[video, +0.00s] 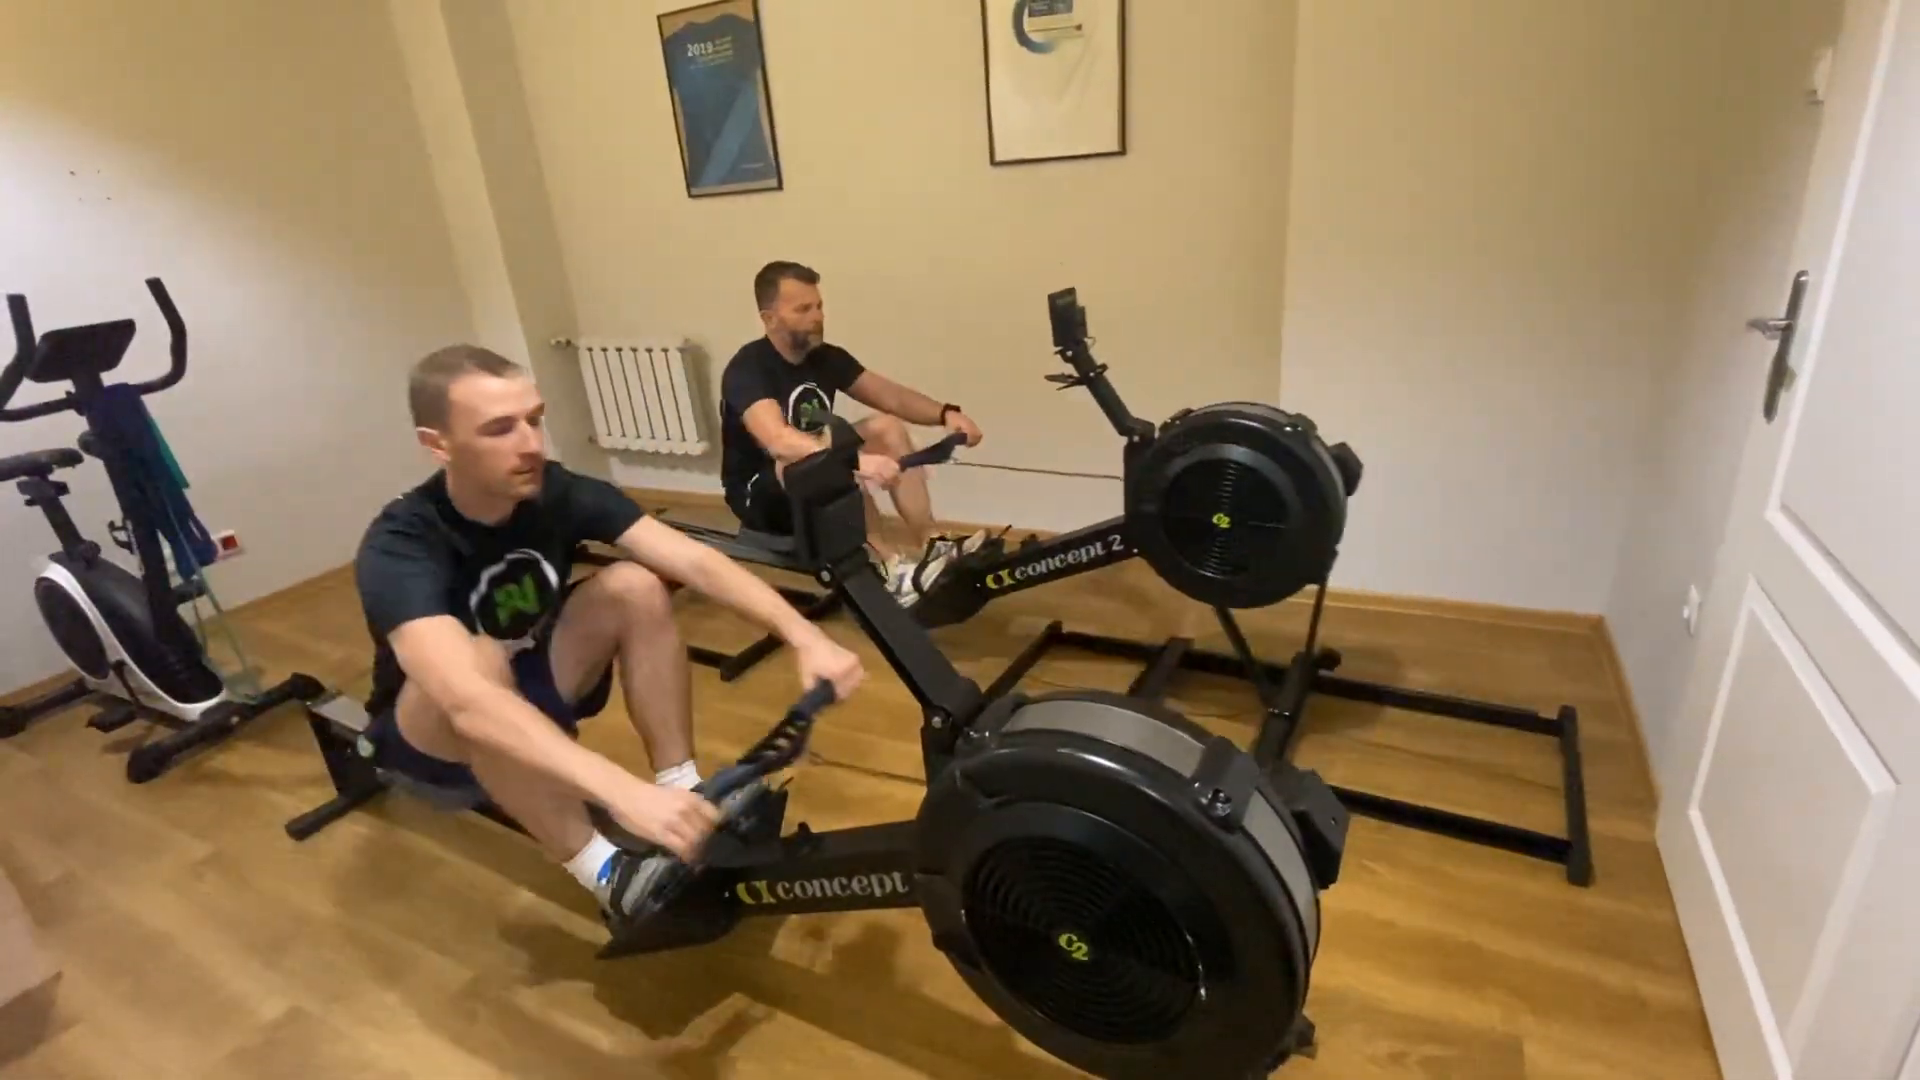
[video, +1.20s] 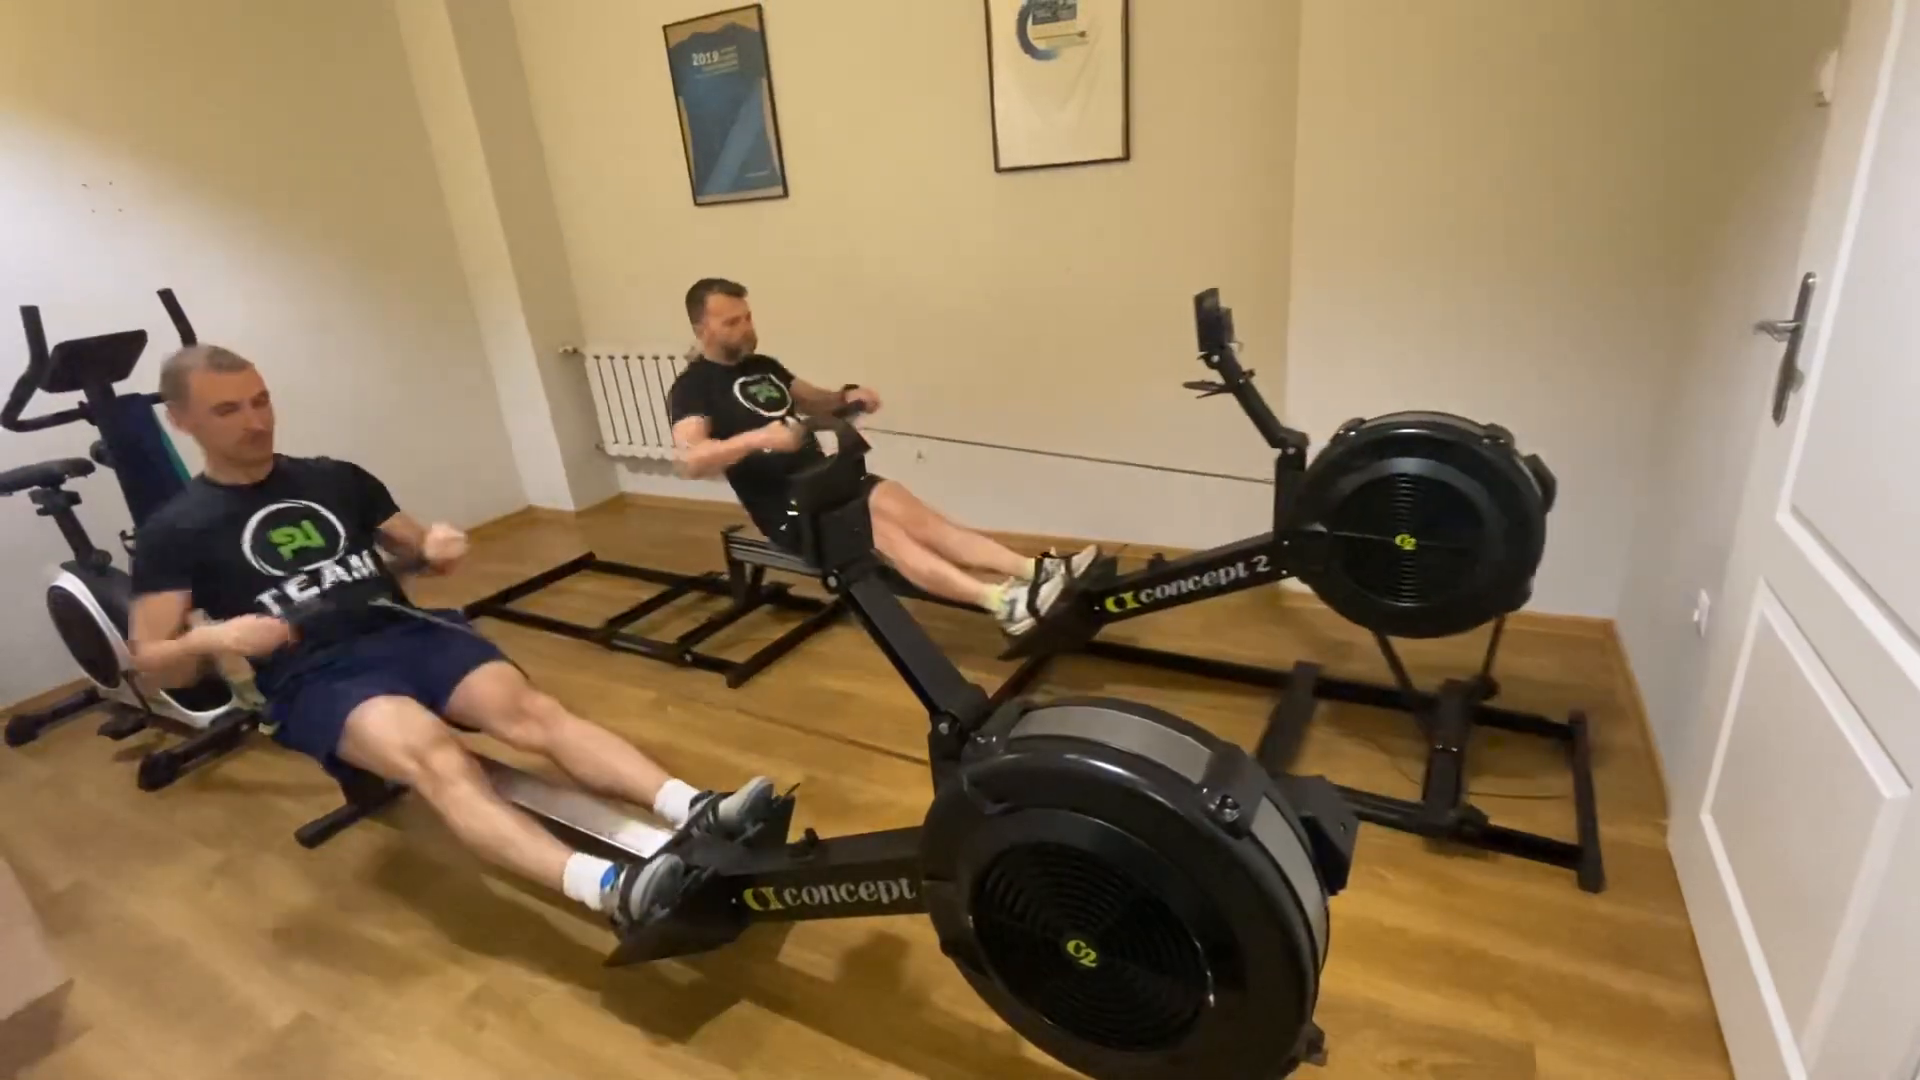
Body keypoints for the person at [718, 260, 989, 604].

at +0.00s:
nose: (818, 317)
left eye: (819, 307)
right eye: (804, 310)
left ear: (821, 303)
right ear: (769, 317)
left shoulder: (826, 358)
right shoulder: (746, 369)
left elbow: (888, 395)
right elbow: (779, 442)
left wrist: (945, 413)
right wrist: (854, 462)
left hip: (818, 476)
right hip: (762, 496)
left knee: (888, 429)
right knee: (818, 460)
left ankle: (932, 548)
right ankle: (892, 566)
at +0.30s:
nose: (843, 325)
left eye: (844, 315)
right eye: (830, 318)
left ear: (845, 311)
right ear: (794, 326)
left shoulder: (850, 365)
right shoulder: (779, 380)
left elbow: (929, 398)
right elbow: (835, 440)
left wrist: (994, 423)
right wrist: (916, 470)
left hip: (821, 484)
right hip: (767, 503)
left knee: (889, 415)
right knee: (818, 442)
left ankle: (909, 539)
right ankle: (862, 560)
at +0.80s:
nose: (810, 310)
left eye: (810, 299)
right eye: (795, 304)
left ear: (814, 298)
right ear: (764, 317)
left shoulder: (824, 357)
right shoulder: (753, 375)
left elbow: (893, 388)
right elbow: (823, 419)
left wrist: (963, 405)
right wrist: (893, 445)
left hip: (830, 472)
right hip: (771, 496)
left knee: (907, 453)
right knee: (849, 487)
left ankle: (962, 559)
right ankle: (925, 584)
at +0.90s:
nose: (789, 303)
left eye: (789, 292)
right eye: (775, 297)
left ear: (793, 292)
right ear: (742, 309)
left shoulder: (808, 352)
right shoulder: (735, 370)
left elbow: (875, 387)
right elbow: (797, 421)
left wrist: (939, 401)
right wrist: (861, 443)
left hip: (827, 471)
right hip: (772, 493)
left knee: (906, 461)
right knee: (852, 502)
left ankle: (984, 560)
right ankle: (949, 590)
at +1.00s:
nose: (768, 310)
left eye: (768, 298)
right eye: (754, 304)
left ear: (771, 295)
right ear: (722, 312)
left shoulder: (786, 352)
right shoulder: (714, 372)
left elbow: (852, 387)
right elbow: (759, 423)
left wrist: (906, 395)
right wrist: (823, 436)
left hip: (826, 479)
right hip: (777, 500)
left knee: (906, 484)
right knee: (871, 508)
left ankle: (1008, 567)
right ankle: (975, 597)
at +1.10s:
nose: (755, 317)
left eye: (755, 306)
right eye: (741, 311)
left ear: (757, 304)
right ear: (710, 319)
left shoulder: (775, 357)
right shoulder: (701, 376)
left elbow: (828, 392)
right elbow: (725, 438)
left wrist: (876, 397)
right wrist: (794, 434)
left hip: (831, 476)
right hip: (785, 502)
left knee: (902, 496)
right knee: (875, 516)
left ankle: (1021, 571)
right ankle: (987, 599)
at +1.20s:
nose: (749, 328)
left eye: (748, 318)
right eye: (737, 321)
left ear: (745, 318)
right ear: (704, 327)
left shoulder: (763, 368)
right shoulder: (690, 389)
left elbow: (814, 403)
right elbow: (690, 458)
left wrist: (845, 399)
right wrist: (757, 440)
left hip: (836, 483)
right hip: (792, 511)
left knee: (917, 514)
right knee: (888, 536)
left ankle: (1036, 573)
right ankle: (1002, 604)